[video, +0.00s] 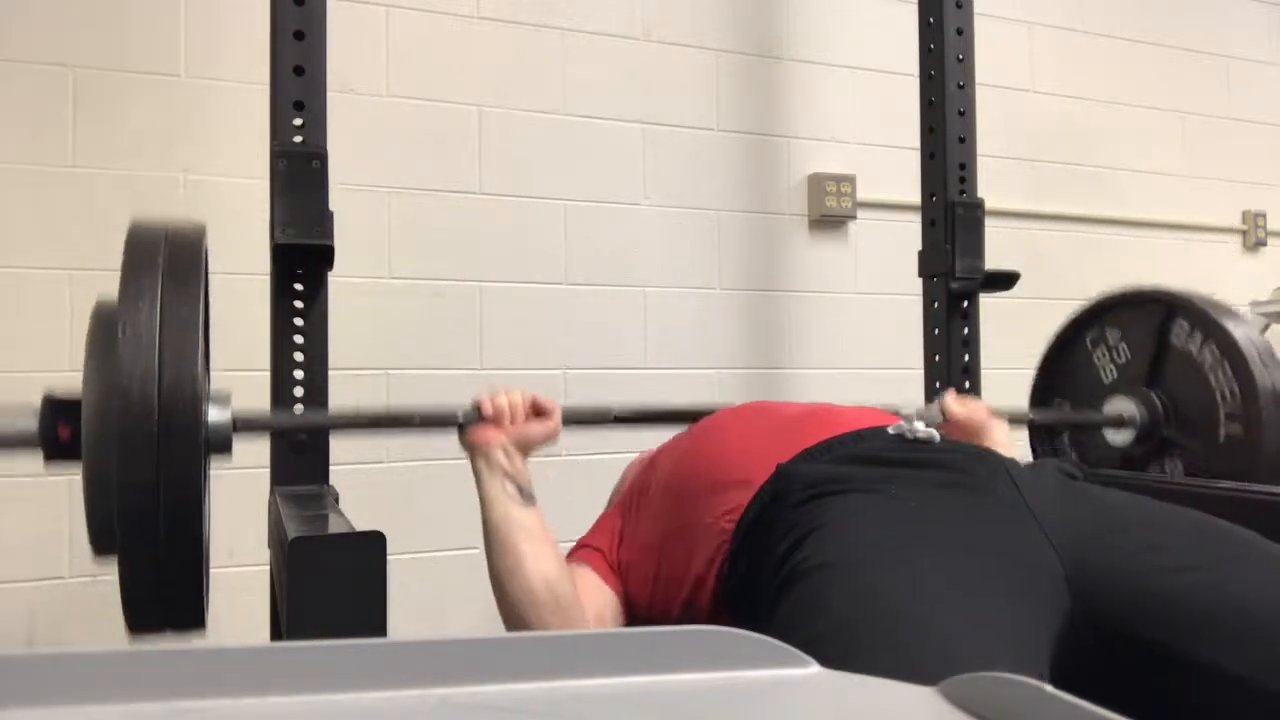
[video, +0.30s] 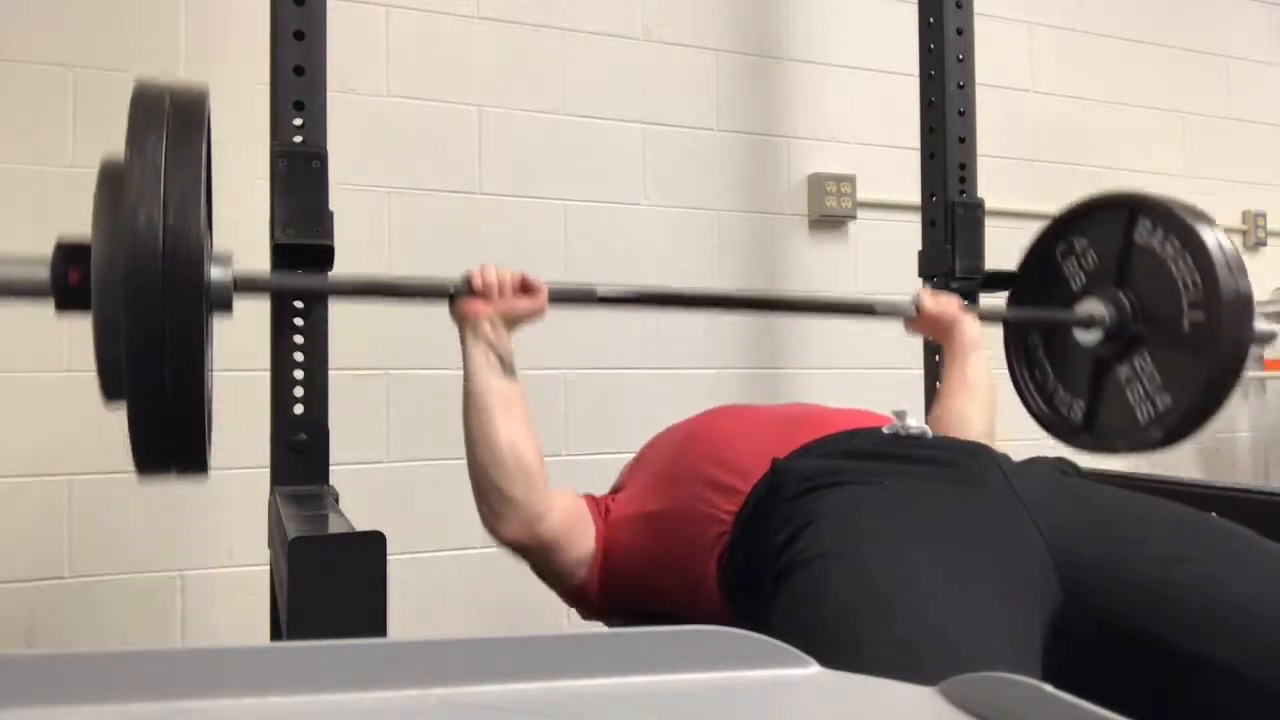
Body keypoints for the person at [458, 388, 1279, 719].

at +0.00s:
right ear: (645, 488)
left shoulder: (870, 422)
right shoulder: (626, 529)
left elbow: (1032, 523)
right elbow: (559, 625)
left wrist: (996, 446)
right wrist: (501, 477)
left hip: (1043, 487)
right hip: (862, 499)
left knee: (1276, 610)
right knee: (939, 690)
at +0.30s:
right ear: (643, 492)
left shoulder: (863, 439)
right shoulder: (617, 544)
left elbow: (965, 464)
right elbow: (516, 505)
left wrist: (966, 339)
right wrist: (485, 342)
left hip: (1043, 482)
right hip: (857, 505)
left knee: (1273, 620)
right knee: (934, 673)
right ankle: (977, 703)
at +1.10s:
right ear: (647, 485)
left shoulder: (866, 423)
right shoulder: (623, 533)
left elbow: (1033, 508)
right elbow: (550, 632)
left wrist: (983, 445)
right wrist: (496, 485)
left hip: (1038, 486)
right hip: (861, 503)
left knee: (1275, 603)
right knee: (929, 695)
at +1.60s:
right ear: (642, 488)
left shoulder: (860, 437)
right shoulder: (614, 541)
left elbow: (965, 465)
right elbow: (515, 507)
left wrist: (959, 343)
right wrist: (481, 345)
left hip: (1048, 487)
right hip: (861, 504)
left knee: (1277, 629)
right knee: (921, 696)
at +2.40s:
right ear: (647, 480)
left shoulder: (871, 420)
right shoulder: (624, 529)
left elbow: (1031, 521)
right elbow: (548, 628)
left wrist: (988, 446)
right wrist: (494, 476)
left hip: (1035, 487)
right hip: (863, 499)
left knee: (1276, 608)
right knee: (935, 688)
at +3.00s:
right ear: (639, 490)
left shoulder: (856, 436)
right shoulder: (615, 541)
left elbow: (954, 451)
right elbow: (515, 500)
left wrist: (952, 325)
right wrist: (479, 336)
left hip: (1046, 483)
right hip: (860, 505)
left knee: (1275, 620)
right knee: (924, 695)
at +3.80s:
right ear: (646, 497)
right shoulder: (631, 522)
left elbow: (1008, 512)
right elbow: (531, 602)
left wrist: (965, 413)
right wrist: (479, 427)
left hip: (1012, 478)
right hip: (849, 502)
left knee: (1277, 623)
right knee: (931, 687)